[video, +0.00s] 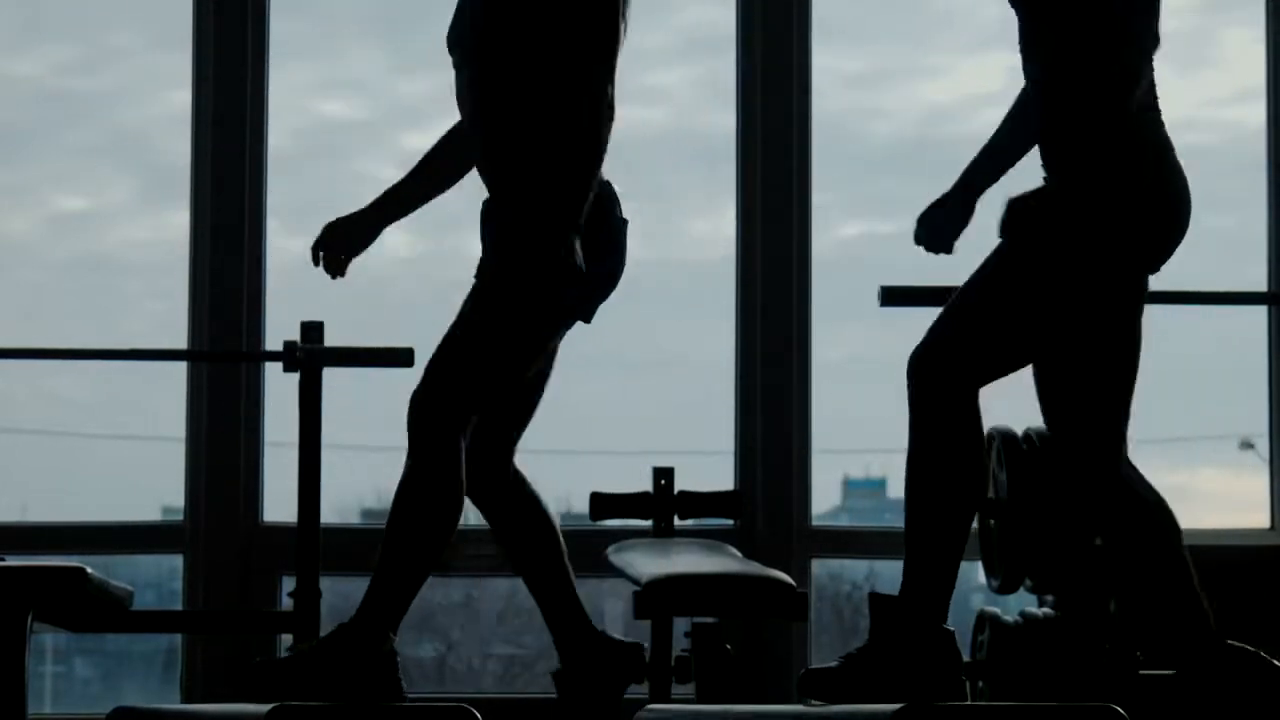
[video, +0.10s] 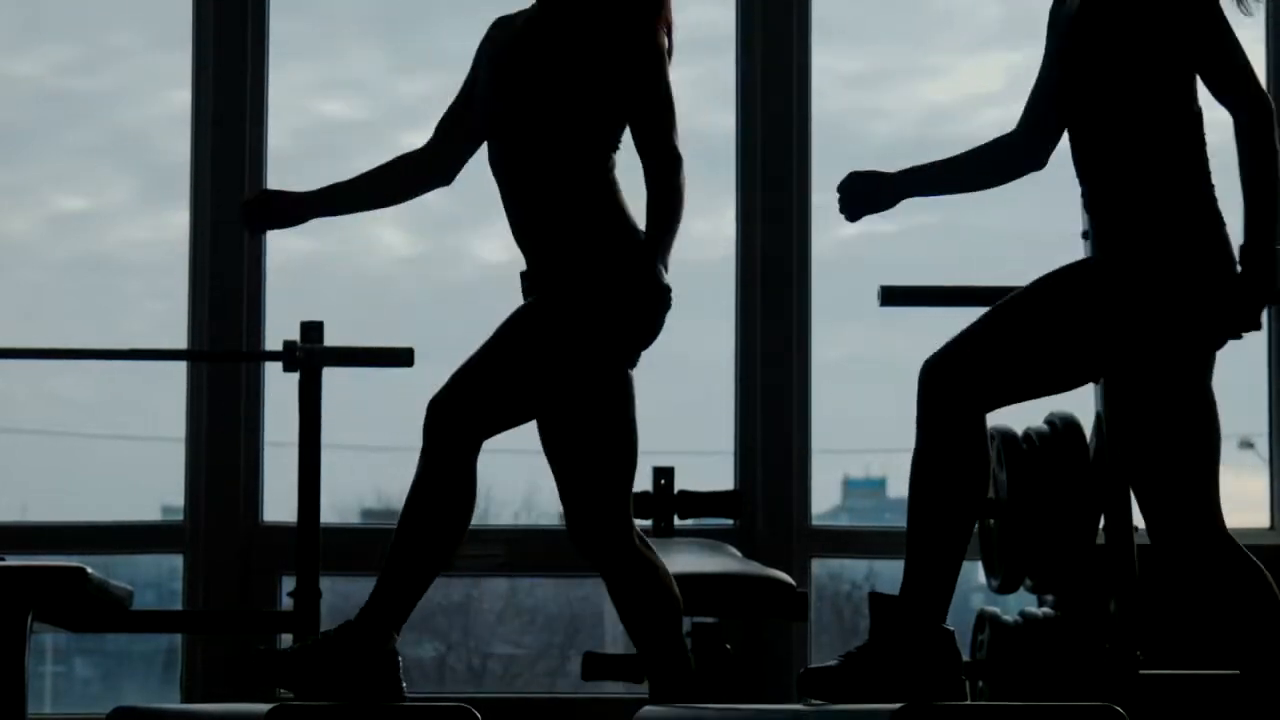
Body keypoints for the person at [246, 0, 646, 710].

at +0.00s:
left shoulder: (492, 13)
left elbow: (480, 129)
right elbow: (478, 127)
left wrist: (370, 219)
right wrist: (373, 218)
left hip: (533, 247)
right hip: (547, 245)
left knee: (435, 418)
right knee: (486, 462)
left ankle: (366, 644)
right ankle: (586, 651)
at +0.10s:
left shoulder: (628, 34)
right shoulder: (511, 39)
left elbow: (664, 163)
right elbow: (438, 160)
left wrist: (653, 267)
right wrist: (305, 204)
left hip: (607, 293)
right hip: (562, 295)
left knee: (456, 419)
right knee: (601, 523)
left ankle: (370, 642)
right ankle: (682, 701)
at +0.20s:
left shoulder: (646, 72)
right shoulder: (531, 86)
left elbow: (697, 197)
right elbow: (433, 196)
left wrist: (714, 295)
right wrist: (302, 198)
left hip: (658, 328)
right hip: (609, 331)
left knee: (492, 414)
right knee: (623, 562)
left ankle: (392, 632)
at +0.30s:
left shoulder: (674, 58)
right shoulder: (557, 69)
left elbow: (719, 194)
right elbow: (483, 200)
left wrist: (721, 307)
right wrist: (368, 217)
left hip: (674, 313)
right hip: (628, 316)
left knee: (524, 404)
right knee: (646, 554)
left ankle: (485, 646)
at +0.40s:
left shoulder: (694, 38)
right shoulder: (574, 48)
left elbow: (719, 179)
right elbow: (535, 192)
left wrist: (691, 278)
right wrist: (445, 259)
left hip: (685, 301)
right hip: (643, 303)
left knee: (557, 434)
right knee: (668, 529)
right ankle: (729, 707)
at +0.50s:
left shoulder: (698, 45)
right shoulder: (595, 62)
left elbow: (716, 188)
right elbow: (582, 211)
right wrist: (521, 323)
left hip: (691, 304)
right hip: (638, 309)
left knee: (623, 504)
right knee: (668, 509)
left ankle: (744, 677)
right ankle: (739, 678)